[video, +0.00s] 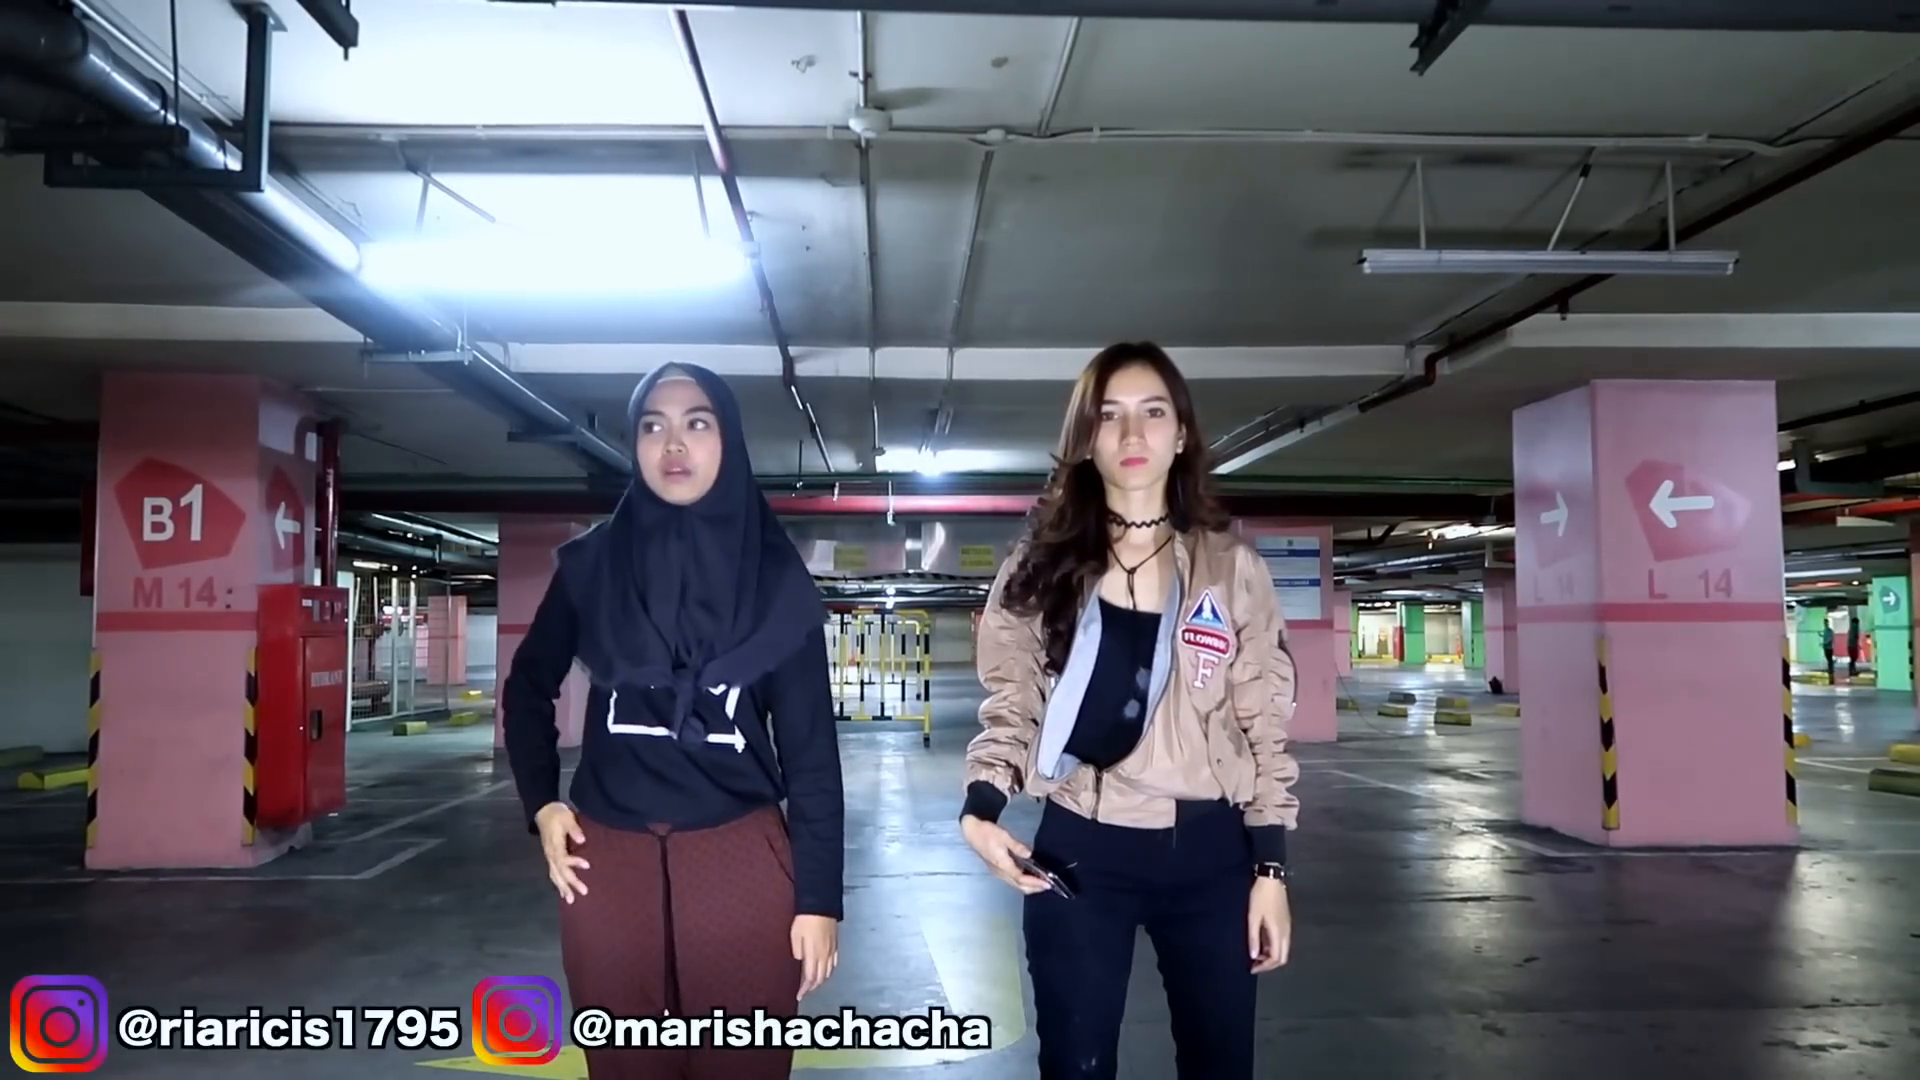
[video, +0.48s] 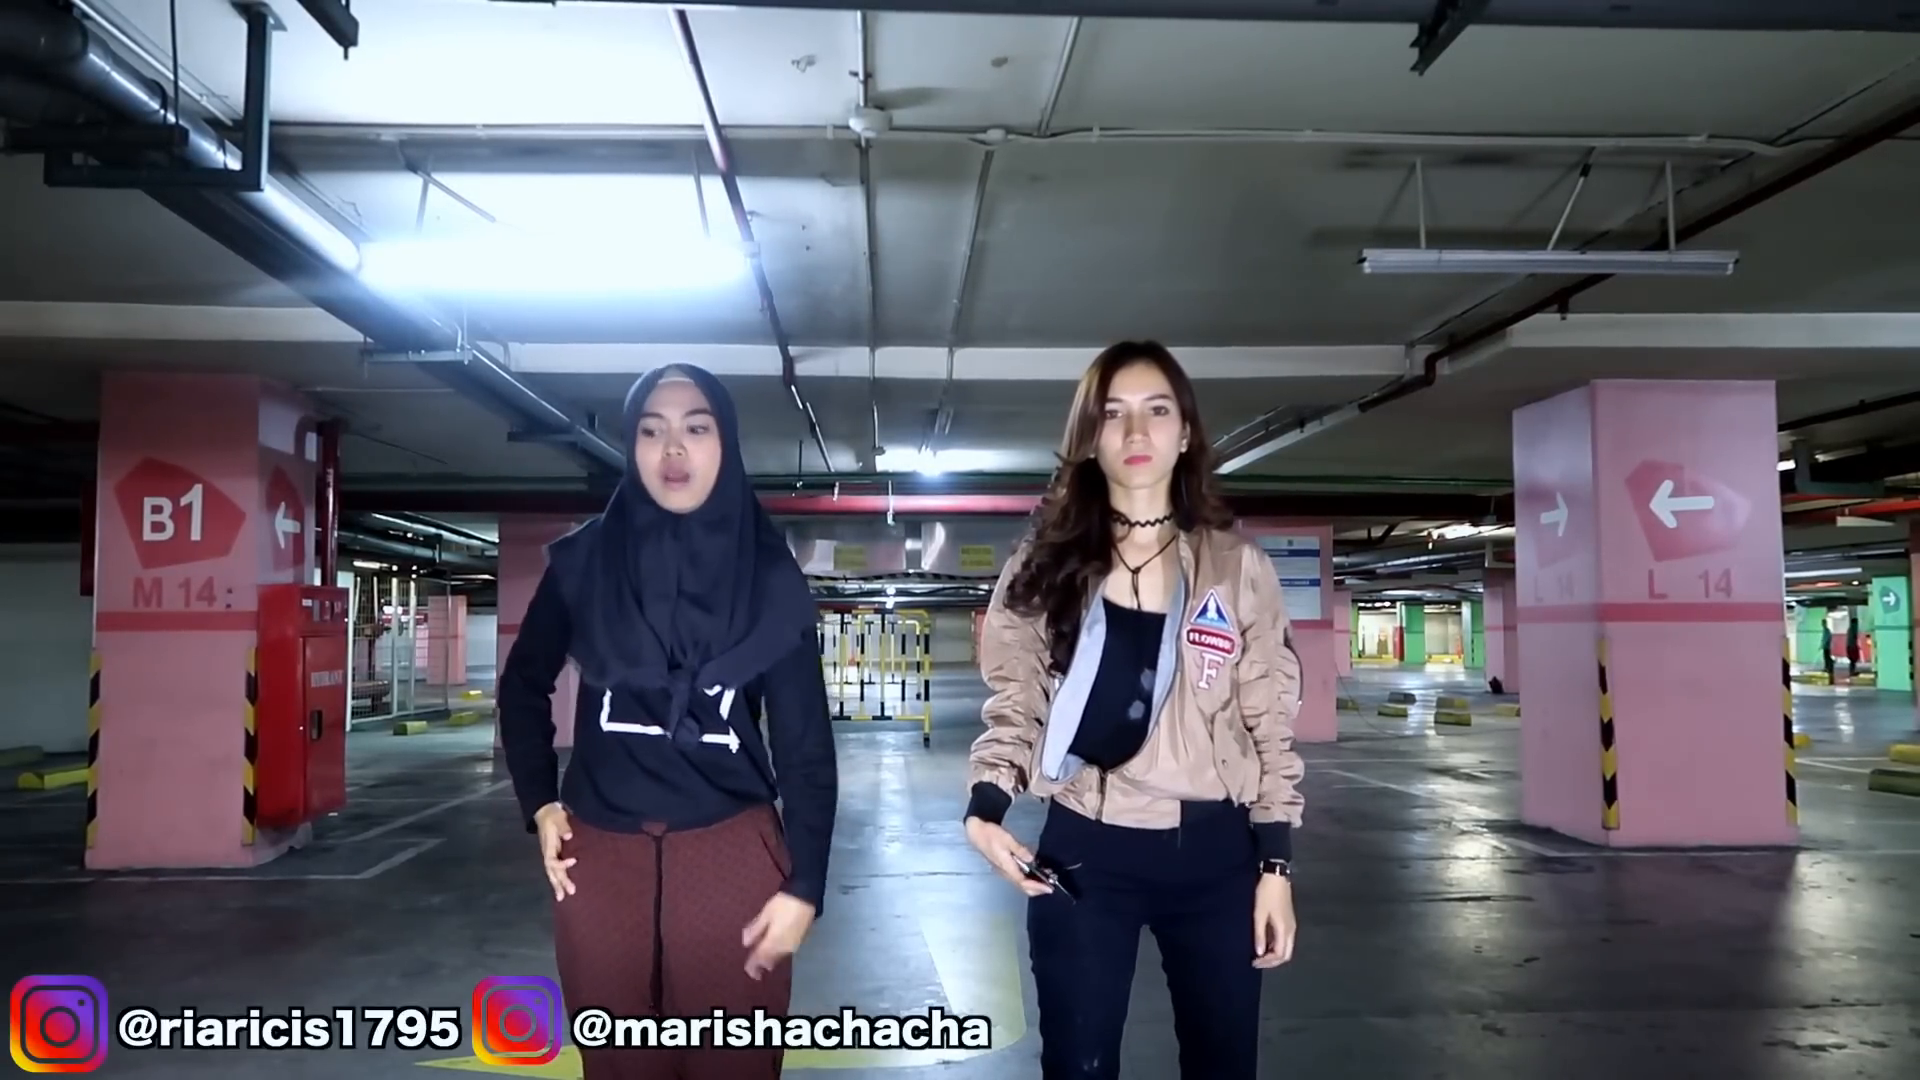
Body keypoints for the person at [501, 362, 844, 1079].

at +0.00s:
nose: (674, 444)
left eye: (697, 424)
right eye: (654, 426)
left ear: (730, 443)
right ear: (635, 447)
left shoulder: (772, 572)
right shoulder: (592, 565)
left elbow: (811, 747)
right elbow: (528, 686)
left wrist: (819, 899)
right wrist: (542, 804)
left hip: (740, 858)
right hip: (608, 861)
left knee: (746, 1063)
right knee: (622, 1065)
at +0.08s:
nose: (672, 444)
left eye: (696, 424)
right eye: (652, 426)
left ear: (728, 443)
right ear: (633, 448)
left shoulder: (770, 572)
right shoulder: (589, 564)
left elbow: (809, 746)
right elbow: (524, 683)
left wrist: (817, 896)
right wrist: (541, 800)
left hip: (739, 858)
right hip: (607, 861)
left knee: (742, 1064)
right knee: (620, 1066)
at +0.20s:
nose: (671, 444)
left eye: (694, 424)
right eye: (651, 426)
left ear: (727, 444)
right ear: (631, 449)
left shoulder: (770, 574)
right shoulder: (586, 564)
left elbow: (808, 748)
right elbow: (520, 683)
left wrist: (813, 896)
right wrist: (540, 799)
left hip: (737, 858)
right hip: (605, 861)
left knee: (739, 1064)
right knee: (617, 1066)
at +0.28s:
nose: (671, 444)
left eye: (694, 424)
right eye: (650, 426)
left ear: (726, 444)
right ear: (631, 449)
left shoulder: (768, 572)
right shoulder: (585, 563)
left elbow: (805, 746)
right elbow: (520, 684)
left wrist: (809, 897)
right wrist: (540, 801)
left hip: (734, 858)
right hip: (604, 861)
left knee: (738, 1064)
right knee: (615, 1065)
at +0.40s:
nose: (672, 443)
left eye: (695, 423)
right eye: (651, 425)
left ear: (725, 442)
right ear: (631, 448)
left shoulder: (767, 572)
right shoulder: (583, 563)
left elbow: (800, 745)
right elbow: (520, 686)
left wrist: (802, 896)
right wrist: (541, 803)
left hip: (733, 856)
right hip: (602, 858)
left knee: (738, 1064)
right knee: (615, 1065)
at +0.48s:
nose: (673, 449)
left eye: (696, 428)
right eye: (653, 429)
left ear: (727, 445)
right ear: (632, 448)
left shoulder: (765, 570)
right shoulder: (583, 561)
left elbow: (807, 743)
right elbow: (522, 686)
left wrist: (806, 886)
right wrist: (541, 803)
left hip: (731, 850)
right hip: (600, 854)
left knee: (733, 1063)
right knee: (613, 1062)